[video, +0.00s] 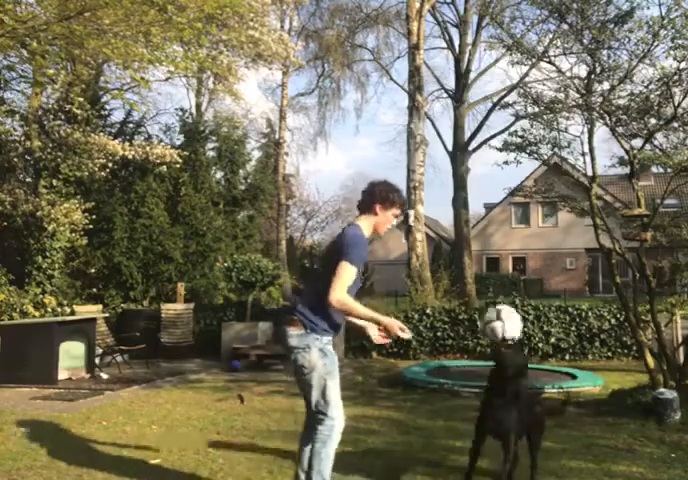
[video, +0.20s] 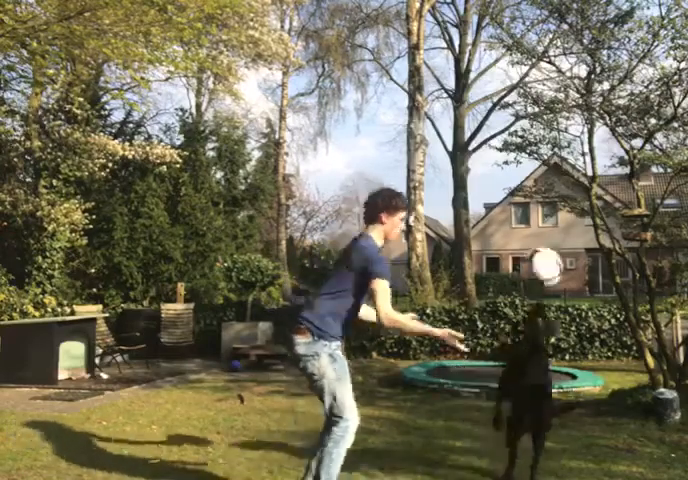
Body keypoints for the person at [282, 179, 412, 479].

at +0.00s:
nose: (393, 224)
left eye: (396, 218)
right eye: (394, 216)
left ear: (375, 209)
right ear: (377, 208)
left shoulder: (349, 237)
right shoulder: (356, 240)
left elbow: (332, 300)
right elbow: (336, 297)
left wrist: (366, 326)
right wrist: (382, 319)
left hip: (309, 333)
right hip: (310, 335)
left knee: (319, 416)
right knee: (331, 419)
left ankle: (306, 474)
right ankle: (318, 475)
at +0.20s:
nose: (401, 228)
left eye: (403, 221)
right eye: (400, 220)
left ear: (378, 216)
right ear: (384, 217)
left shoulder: (357, 248)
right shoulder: (374, 255)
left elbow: (356, 310)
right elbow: (387, 317)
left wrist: (400, 319)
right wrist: (439, 333)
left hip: (313, 339)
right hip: (319, 342)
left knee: (339, 417)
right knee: (346, 419)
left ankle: (314, 474)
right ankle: (323, 475)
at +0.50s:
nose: (450, 272)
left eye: (449, 264)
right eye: (446, 264)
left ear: (423, 266)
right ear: (425, 265)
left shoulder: (399, 291)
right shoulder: (417, 297)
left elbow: (410, 335)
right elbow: (481, 336)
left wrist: (456, 337)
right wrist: (542, 348)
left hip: (329, 362)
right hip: (345, 363)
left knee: (360, 433)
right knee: (418, 411)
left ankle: (322, 474)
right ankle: (429, 475)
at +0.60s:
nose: (480, 291)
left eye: (481, 284)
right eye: (478, 284)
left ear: (453, 281)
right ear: (457, 282)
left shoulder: (425, 304)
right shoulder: (445, 310)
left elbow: (443, 348)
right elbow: (510, 354)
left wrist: (494, 351)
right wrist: (566, 366)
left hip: (355, 376)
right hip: (377, 379)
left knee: (373, 448)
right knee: (451, 421)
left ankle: (330, 476)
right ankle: (481, 474)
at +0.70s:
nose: (525, 309)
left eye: (526, 301)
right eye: (523, 301)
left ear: (497, 296)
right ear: (502, 298)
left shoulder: (466, 316)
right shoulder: (488, 326)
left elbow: (470, 361)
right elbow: (547, 379)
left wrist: (521, 367)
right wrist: (612, 397)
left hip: (391, 390)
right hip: (412, 395)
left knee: (383, 455)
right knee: (493, 439)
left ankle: (337, 475)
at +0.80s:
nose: (573, 328)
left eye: (574, 320)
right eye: (570, 320)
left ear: (543, 315)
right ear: (549, 317)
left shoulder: (513, 335)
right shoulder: (530, 346)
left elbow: (528, 383)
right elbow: (586, 404)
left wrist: (569, 397)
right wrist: (655, 426)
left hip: (424, 395)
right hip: (445, 401)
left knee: (402, 465)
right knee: (533, 431)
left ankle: (326, 479)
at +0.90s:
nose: (611, 353)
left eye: (613, 345)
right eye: (610, 344)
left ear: (582, 336)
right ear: (592, 340)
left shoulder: (554, 355)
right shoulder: (567, 367)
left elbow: (578, 413)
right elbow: (623, 422)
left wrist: (625, 444)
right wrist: (682, 450)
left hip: (449, 395)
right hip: (467, 402)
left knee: (426, 463)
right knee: (555, 430)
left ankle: (343, 475)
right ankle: (552, 478)